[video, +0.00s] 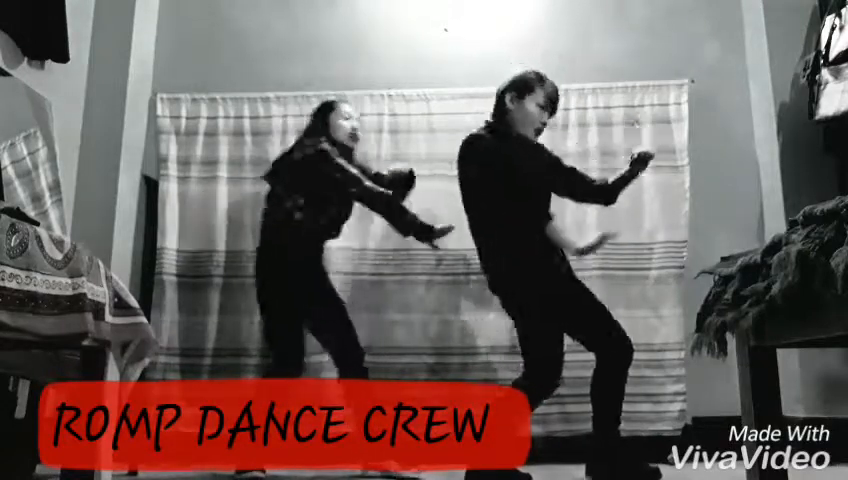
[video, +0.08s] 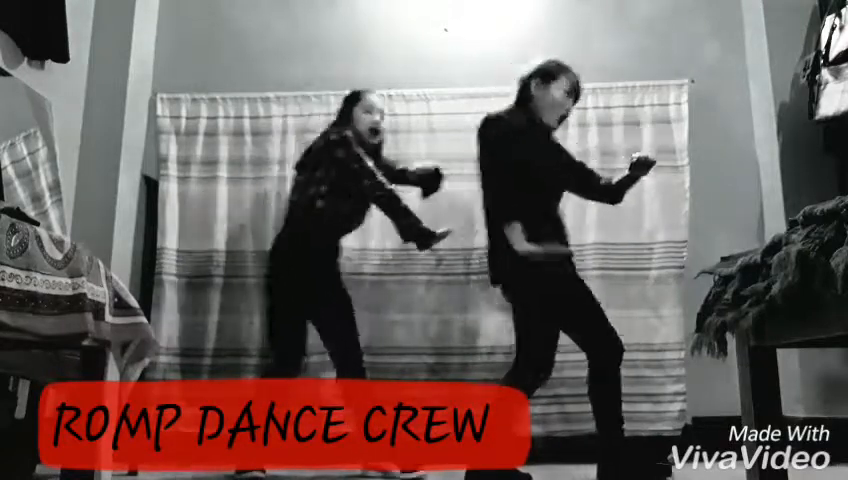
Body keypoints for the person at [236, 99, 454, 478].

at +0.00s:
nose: (355, 125)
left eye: (356, 118)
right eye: (346, 117)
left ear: (354, 128)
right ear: (325, 124)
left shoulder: (334, 156)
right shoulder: (318, 155)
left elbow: (367, 183)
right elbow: (365, 190)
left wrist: (396, 181)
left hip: (302, 267)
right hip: (285, 267)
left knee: (350, 355)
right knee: (286, 361)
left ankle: (367, 447)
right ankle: (253, 451)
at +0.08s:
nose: (378, 120)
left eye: (381, 115)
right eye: (370, 112)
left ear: (378, 122)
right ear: (349, 115)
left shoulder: (356, 148)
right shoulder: (340, 146)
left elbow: (386, 173)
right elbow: (377, 191)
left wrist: (420, 178)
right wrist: (419, 233)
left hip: (316, 262)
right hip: (298, 263)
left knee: (348, 355)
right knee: (286, 359)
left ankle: (367, 441)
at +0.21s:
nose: (408, 103)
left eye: (411, 98)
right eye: (399, 96)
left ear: (412, 106)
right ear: (379, 101)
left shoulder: (404, 144)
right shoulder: (367, 132)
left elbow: (437, 164)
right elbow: (358, 183)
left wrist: (481, 170)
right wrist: (373, 233)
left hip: (356, 251)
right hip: (337, 250)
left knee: (363, 348)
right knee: (292, 342)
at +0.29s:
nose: (420, 98)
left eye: (421, 92)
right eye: (411, 90)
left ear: (418, 101)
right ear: (389, 95)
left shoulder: (414, 140)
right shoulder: (376, 125)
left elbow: (451, 167)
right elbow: (355, 176)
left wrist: (499, 170)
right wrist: (376, 224)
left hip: (375, 250)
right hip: (353, 246)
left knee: (370, 349)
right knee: (307, 337)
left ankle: (375, 441)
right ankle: (247, 422)